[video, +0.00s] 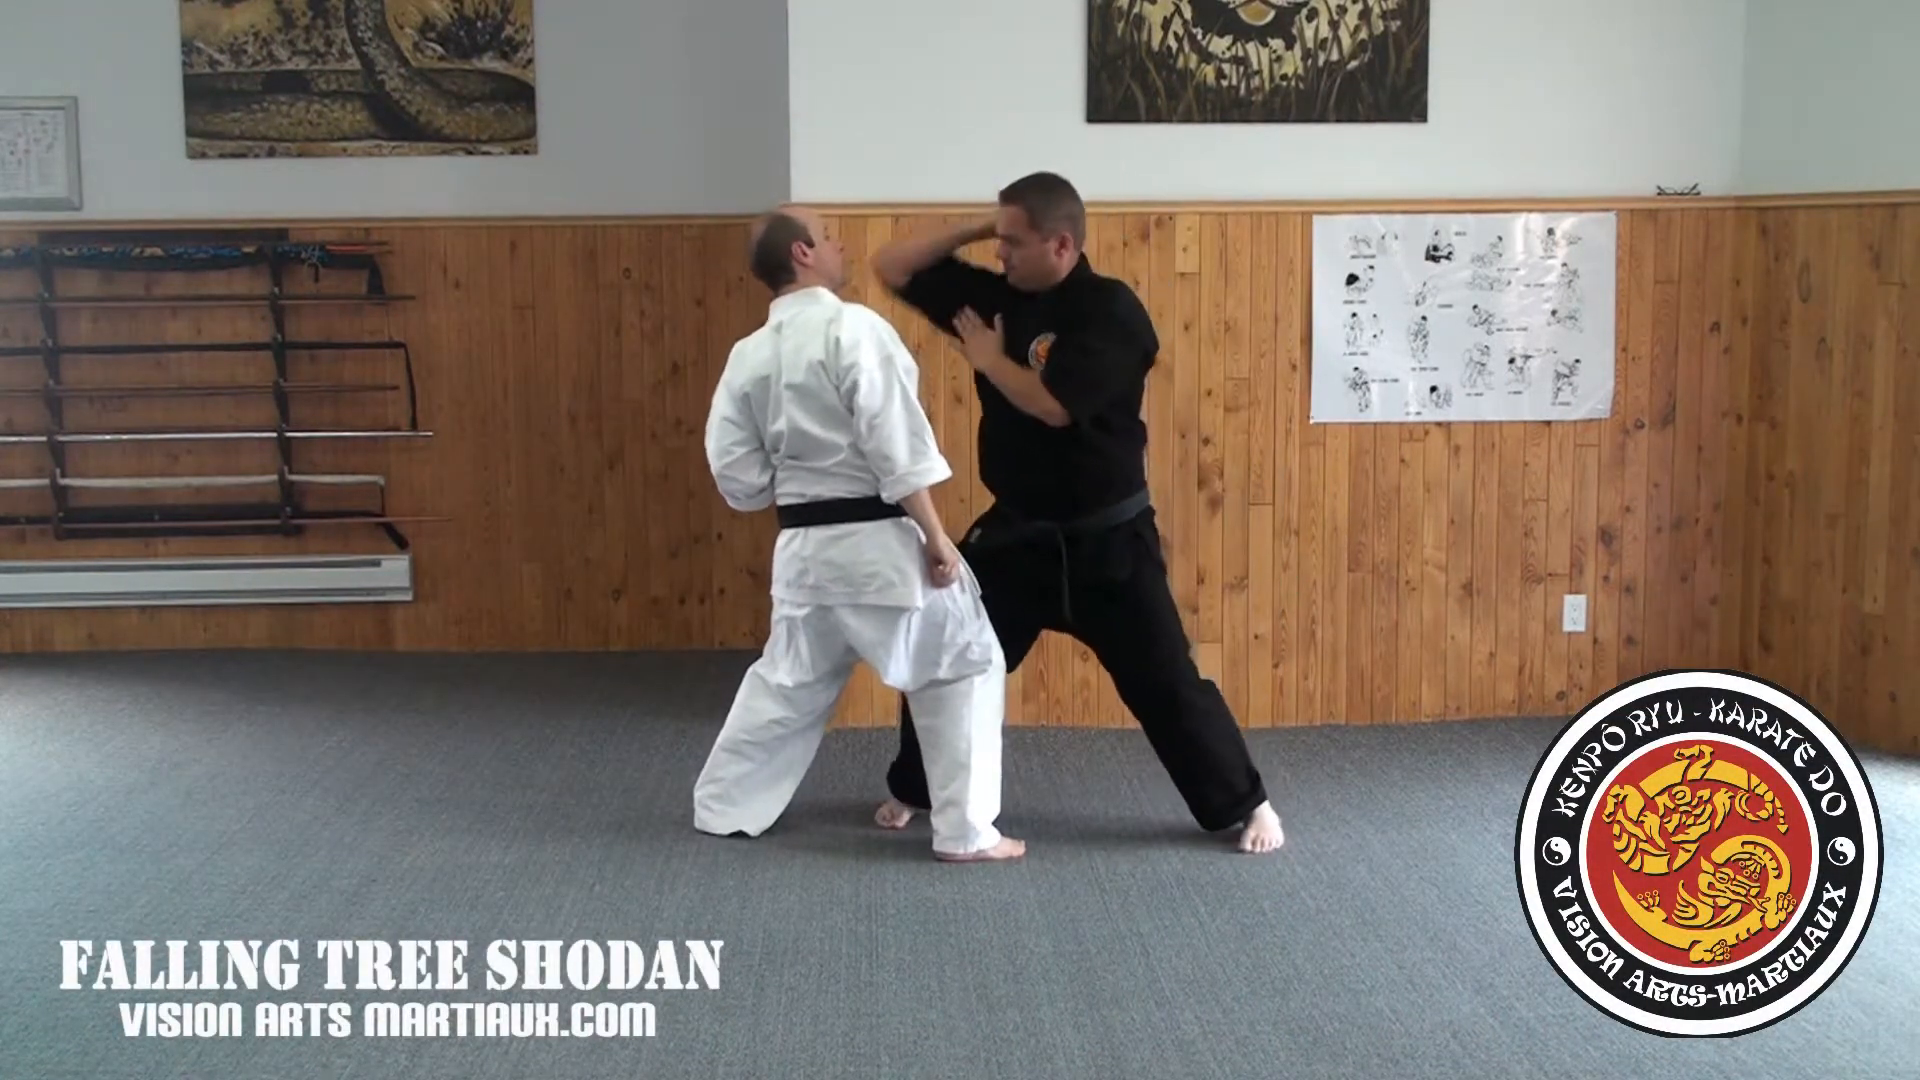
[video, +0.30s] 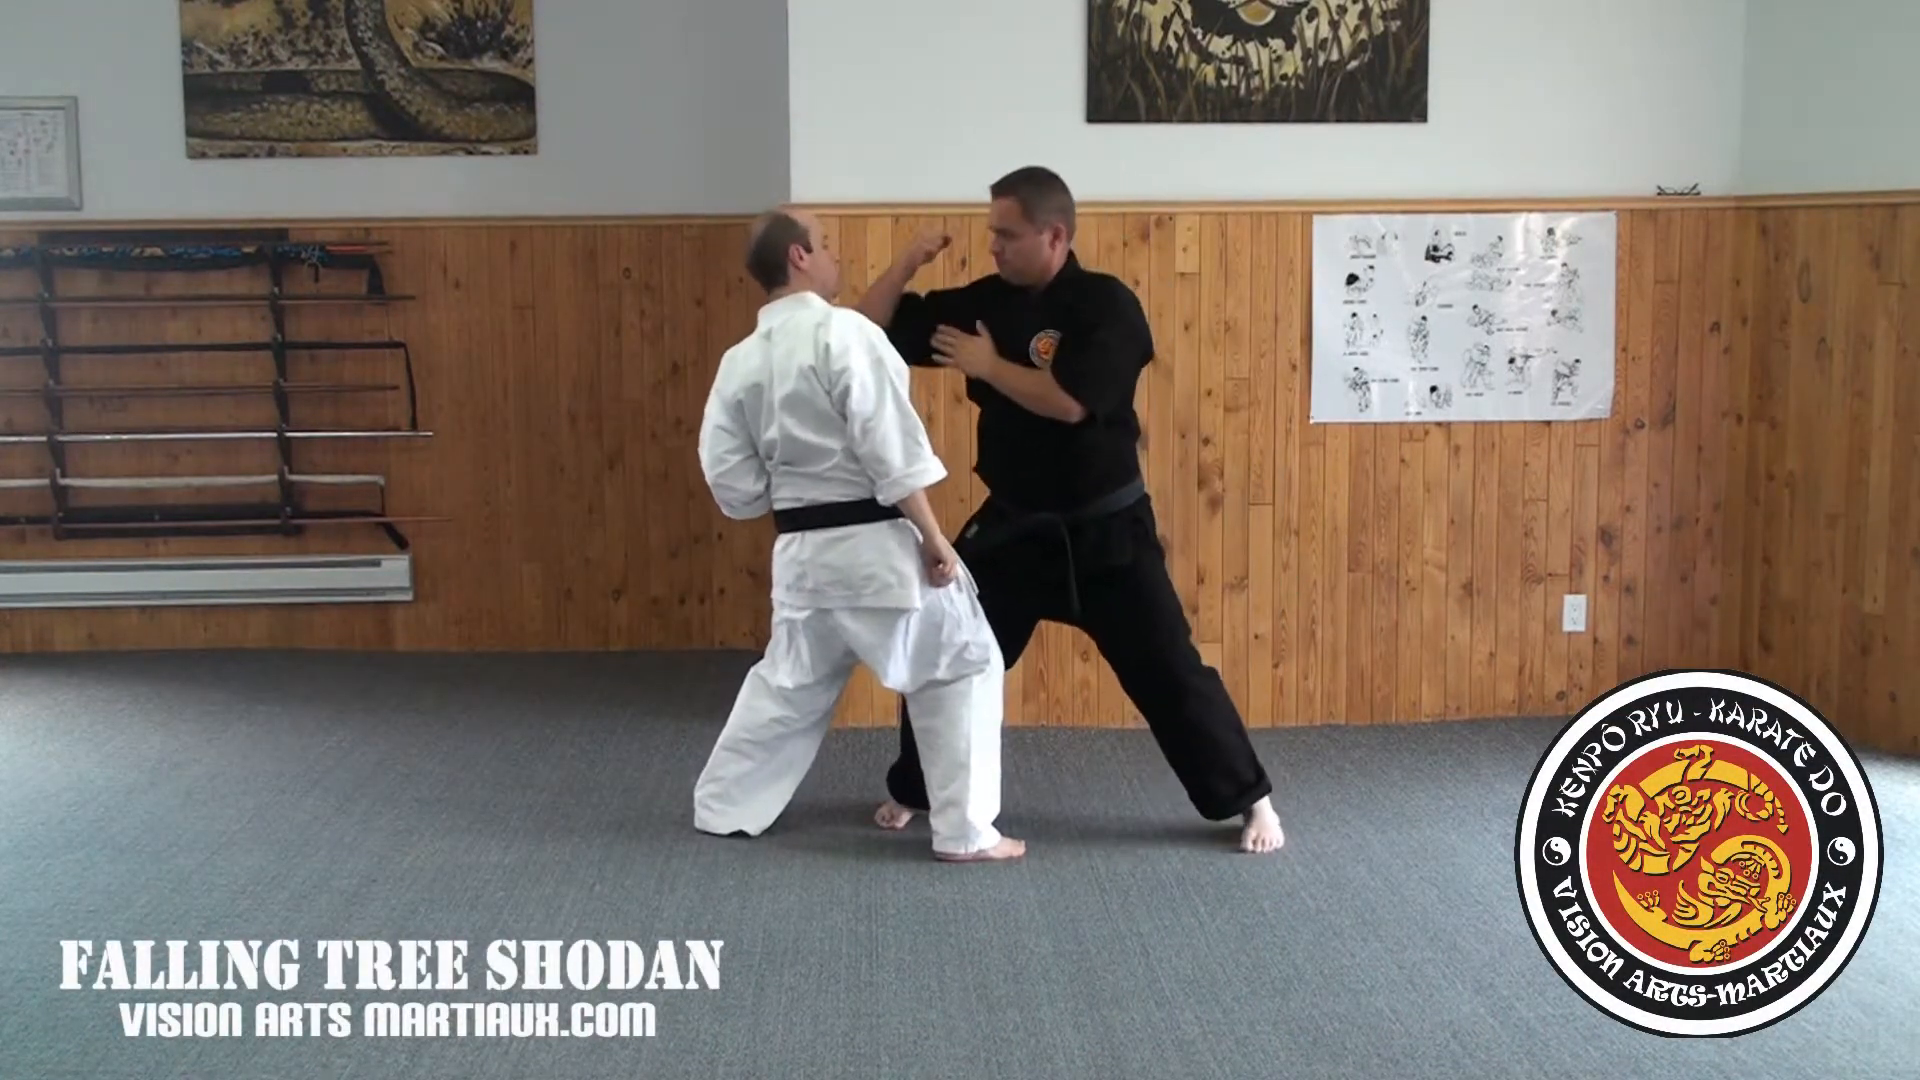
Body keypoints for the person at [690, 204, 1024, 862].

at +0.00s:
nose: (839, 247)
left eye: (831, 237)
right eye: (828, 239)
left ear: (780, 267)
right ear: (803, 257)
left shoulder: (749, 353)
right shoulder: (856, 329)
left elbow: (735, 474)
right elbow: (894, 444)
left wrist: (799, 487)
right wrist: (934, 533)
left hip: (801, 547)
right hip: (880, 540)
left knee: (787, 679)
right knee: (965, 666)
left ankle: (721, 807)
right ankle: (965, 830)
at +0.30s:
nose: (836, 258)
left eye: (829, 247)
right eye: (825, 248)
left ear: (775, 269)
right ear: (799, 259)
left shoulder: (739, 360)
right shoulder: (847, 334)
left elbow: (730, 482)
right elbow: (890, 447)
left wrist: (795, 493)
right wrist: (932, 534)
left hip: (799, 551)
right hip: (878, 543)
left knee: (788, 681)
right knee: (963, 666)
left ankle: (722, 807)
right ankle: (965, 829)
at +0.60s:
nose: (849, 262)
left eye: (845, 249)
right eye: (841, 249)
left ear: (784, 261)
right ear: (809, 256)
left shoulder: (738, 353)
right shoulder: (841, 336)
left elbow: (726, 473)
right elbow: (875, 449)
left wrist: (793, 494)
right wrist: (919, 534)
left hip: (792, 551)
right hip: (867, 547)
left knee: (786, 677)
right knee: (956, 664)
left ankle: (722, 806)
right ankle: (965, 830)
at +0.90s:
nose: (855, 269)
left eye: (853, 254)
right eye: (847, 254)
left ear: (787, 262)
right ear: (812, 258)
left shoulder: (734, 352)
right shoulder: (836, 337)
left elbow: (722, 473)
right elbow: (870, 449)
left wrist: (789, 498)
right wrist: (910, 535)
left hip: (787, 552)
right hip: (862, 548)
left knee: (786, 678)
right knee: (951, 664)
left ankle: (721, 806)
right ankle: (964, 830)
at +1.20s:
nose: (847, 270)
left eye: (846, 256)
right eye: (839, 255)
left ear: (783, 261)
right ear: (802, 258)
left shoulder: (724, 352)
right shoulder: (826, 339)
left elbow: (710, 467)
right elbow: (854, 453)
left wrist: (773, 502)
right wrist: (896, 539)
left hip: (776, 550)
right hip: (848, 546)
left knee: (784, 677)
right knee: (941, 663)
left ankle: (721, 807)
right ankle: (963, 830)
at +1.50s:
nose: (839, 267)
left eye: (838, 253)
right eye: (830, 253)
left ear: (779, 257)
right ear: (793, 254)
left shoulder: (716, 349)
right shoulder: (810, 338)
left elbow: (704, 463)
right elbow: (834, 452)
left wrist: (767, 503)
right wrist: (877, 542)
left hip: (768, 550)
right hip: (834, 545)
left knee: (785, 676)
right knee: (930, 667)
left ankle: (721, 806)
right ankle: (962, 830)